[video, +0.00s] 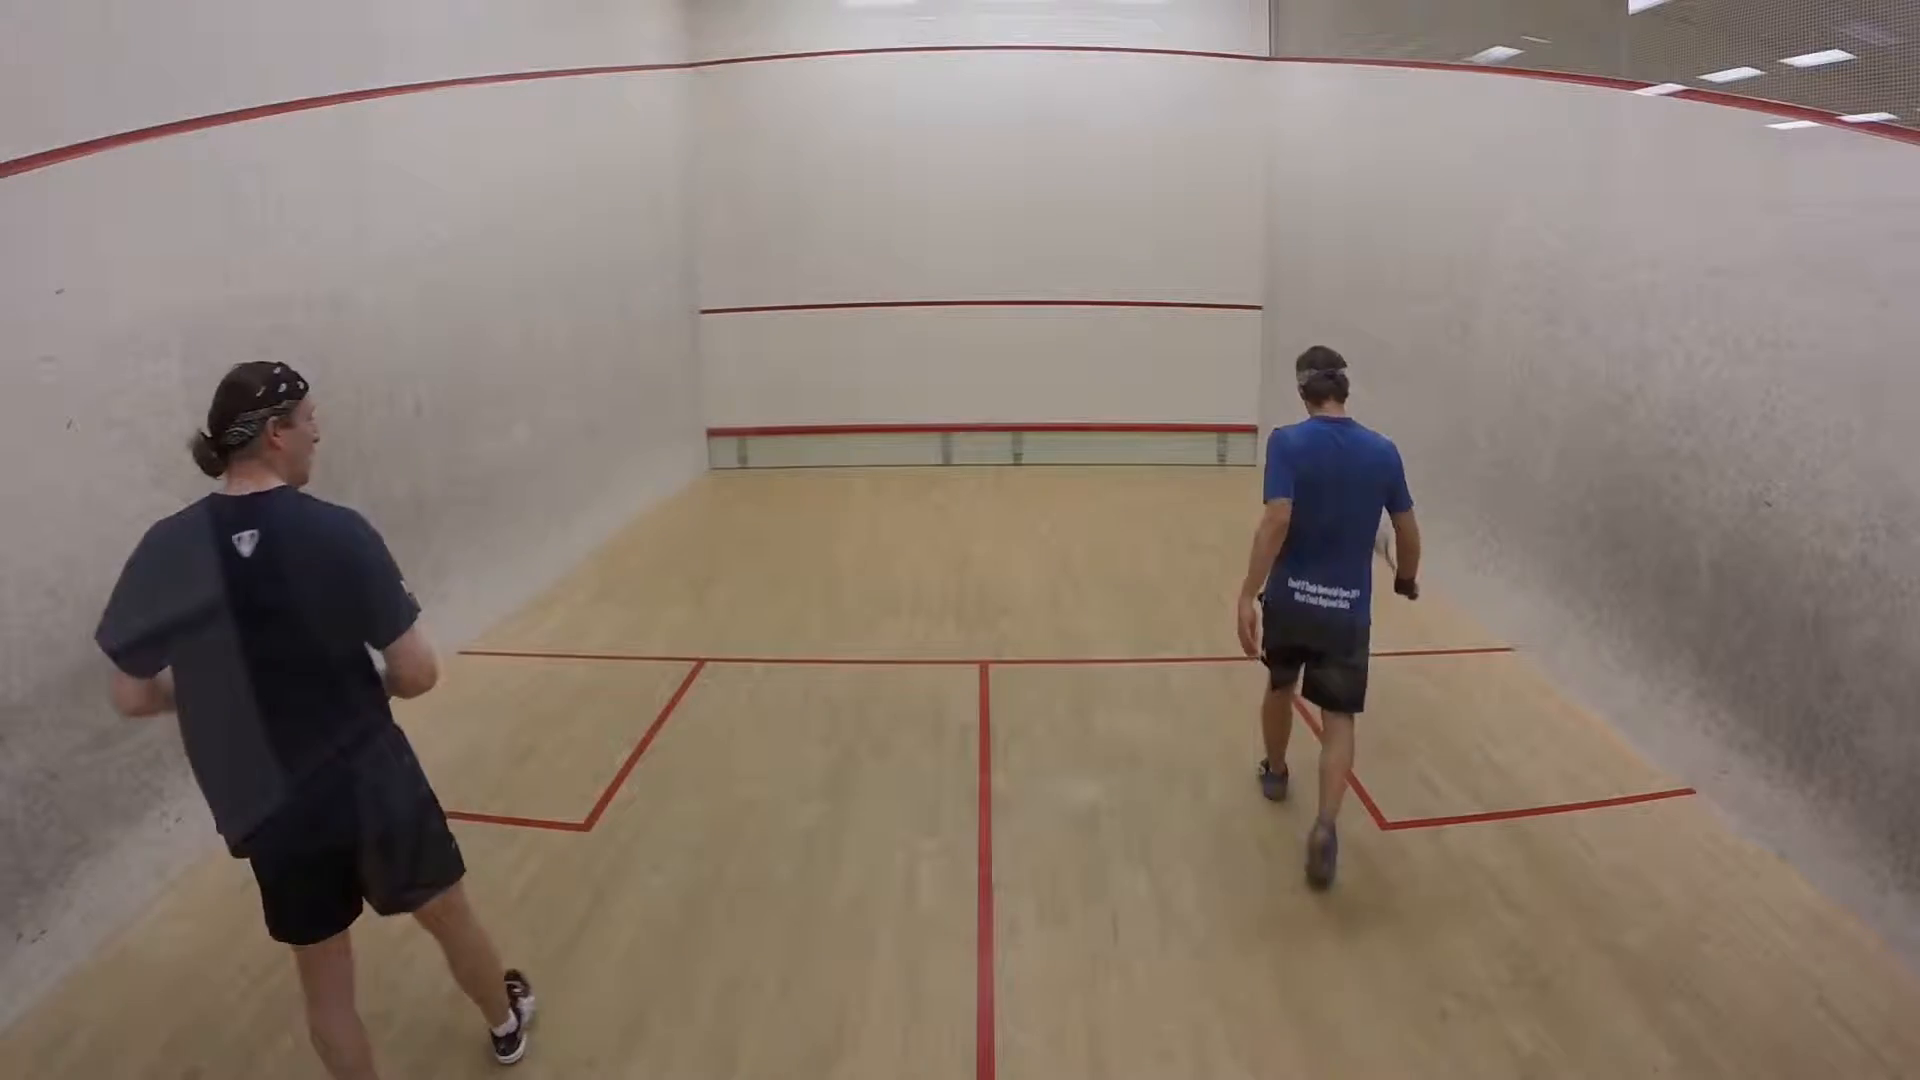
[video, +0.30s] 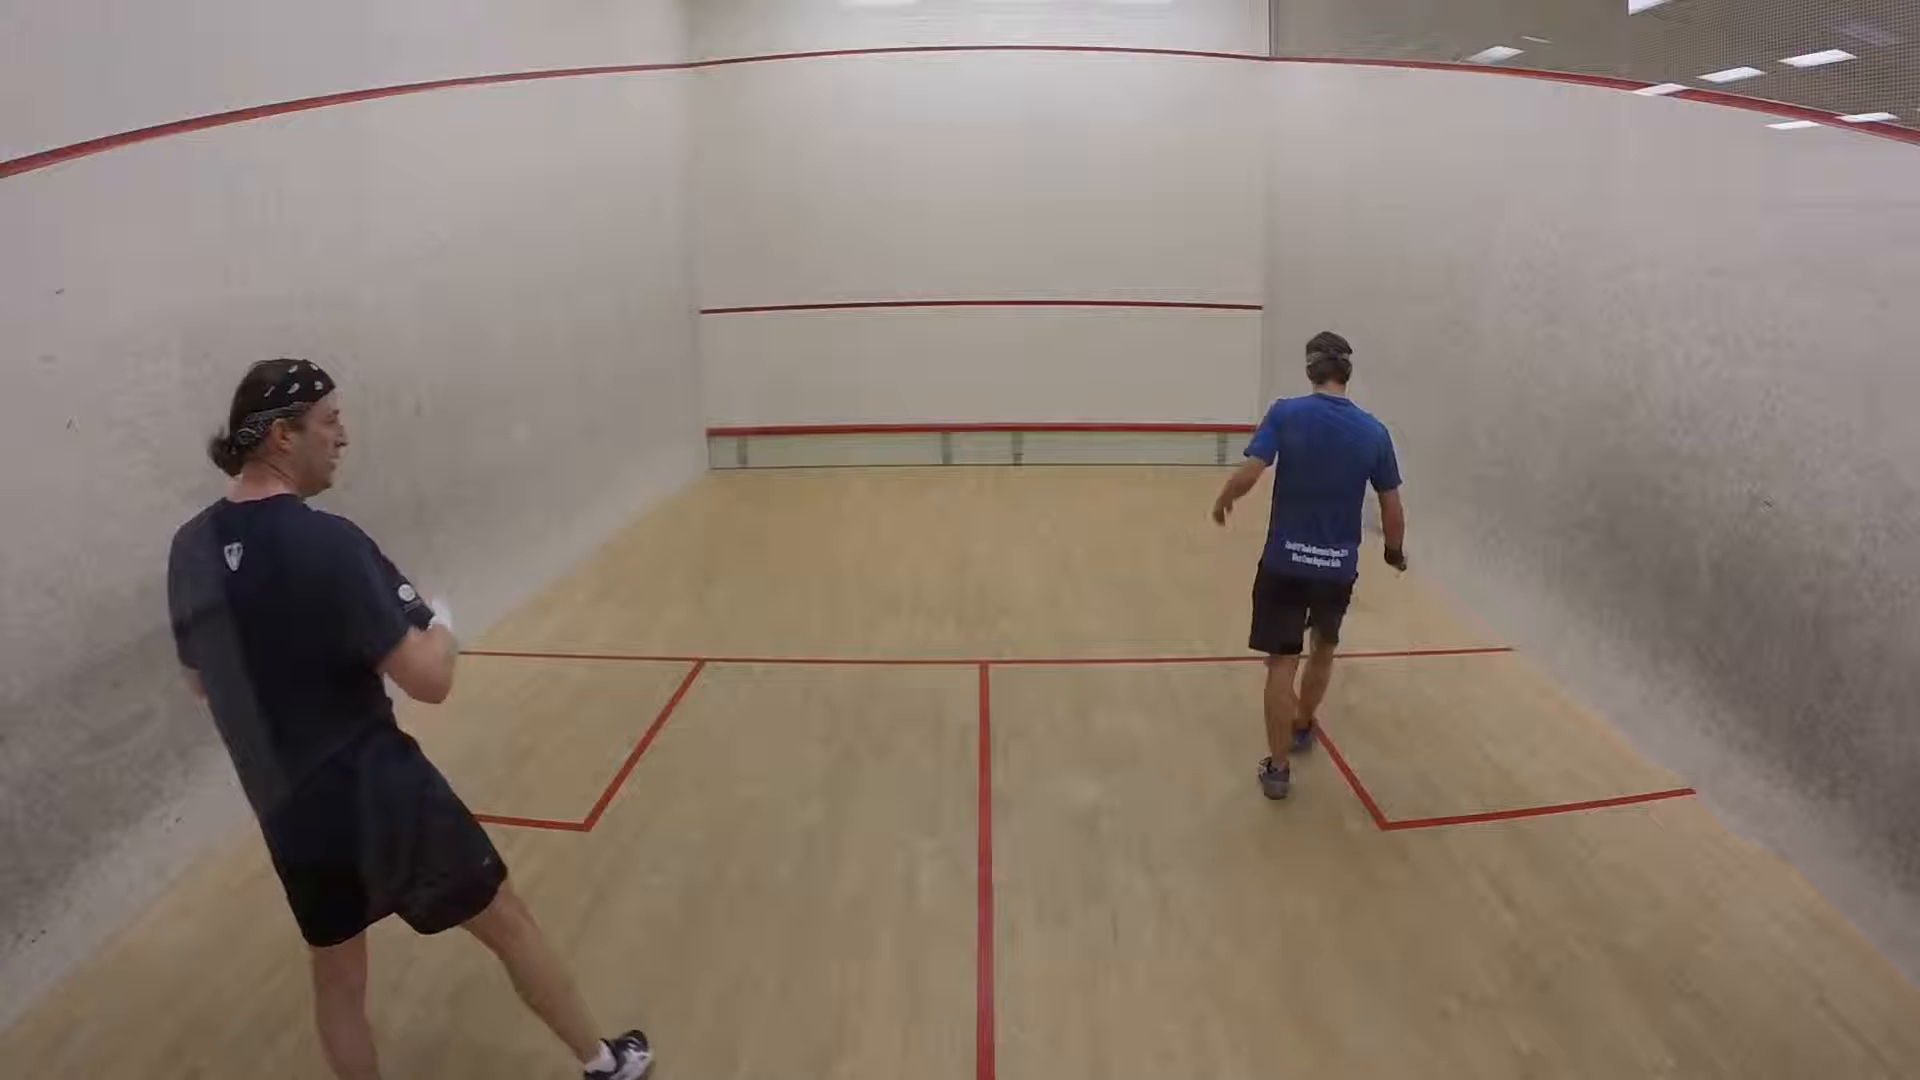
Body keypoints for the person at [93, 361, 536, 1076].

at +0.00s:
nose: (317, 437)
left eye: (314, 422)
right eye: (309, 423)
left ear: (227, 440)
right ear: (273, 435)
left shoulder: (166, 547)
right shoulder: (335, 531)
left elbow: (132, 696)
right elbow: (417, 672)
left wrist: (206, 677)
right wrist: (373, 676)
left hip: (263, 804)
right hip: (368, 776)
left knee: (325, 978)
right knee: (447, 912)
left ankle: (360, 1076)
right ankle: (505, 1024)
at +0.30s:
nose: (341, 438)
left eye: (339, 422)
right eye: (328, 424)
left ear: (271, 441)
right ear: (277, 439)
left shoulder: (191, 547)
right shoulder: (327, 541)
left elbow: (203, 684)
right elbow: (429, 678)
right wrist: (436, 620)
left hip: (288, 809)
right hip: (381, 787)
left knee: (337, 978)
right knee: (506, 923)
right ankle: (601, 1060)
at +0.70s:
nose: (471, 444)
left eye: (471, 429)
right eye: (467, 430)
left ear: (378, 429)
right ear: (440, 432)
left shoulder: (305, 532)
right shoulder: (460, 521)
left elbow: (275, 671)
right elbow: (573, 501)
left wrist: (361, 648)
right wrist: (485, 468)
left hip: (404, 804)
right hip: (501, 792)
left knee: (406, 949)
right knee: (573, 958)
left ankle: (406, 1070)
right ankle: (632, 1072)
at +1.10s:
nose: (495, 446)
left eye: (493, 434)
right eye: (489, 436)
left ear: (402, 434)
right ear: (465, 443)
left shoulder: (329, 515)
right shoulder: (466, 522)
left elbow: (293, 639)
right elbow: (566, 481)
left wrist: (372, 614)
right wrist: (494, 450)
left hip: (404, 801)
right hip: (501, 790)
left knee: (417, 954)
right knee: (568, 959)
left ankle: (434, 1070)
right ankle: (630, 1072)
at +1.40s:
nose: (479, 443)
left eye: (478, 428)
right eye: (473, 429)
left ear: (386, 431)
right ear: (438, 432)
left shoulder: (317, 517)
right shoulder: (450, 519)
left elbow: (288, 644)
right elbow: (564, 489)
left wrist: (373, 619)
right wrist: (482, 447)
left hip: (397, 800)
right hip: (491, 789)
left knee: (414, 955)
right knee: (564, 955)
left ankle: (433, 1070)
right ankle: (629, 1073)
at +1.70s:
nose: (473, 436)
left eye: (471, 419)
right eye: (465, 420)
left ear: (383, 427)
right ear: (429, 424)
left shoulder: (315, 521)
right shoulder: (449, 524)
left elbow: (292, 655)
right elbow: (584, 542)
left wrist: (380, 614)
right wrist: (520, 497)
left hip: (401, 797)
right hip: (496, 785)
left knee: (419, 952)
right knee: (568, 953)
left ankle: (433, 1070)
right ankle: (630, 1071)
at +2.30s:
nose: (476, 408)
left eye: (469, 393)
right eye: (461, 398)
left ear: (397, 427)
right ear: (415, 423)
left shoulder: (324, 525)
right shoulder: (466, 523)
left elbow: (306, 660)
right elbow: (545, 674)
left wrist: (379, 617)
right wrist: (540, 633)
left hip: (410, 796)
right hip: (507, 784)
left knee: (420, 955)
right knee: (573, 949)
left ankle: (436, 1070)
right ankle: (632, 1070)